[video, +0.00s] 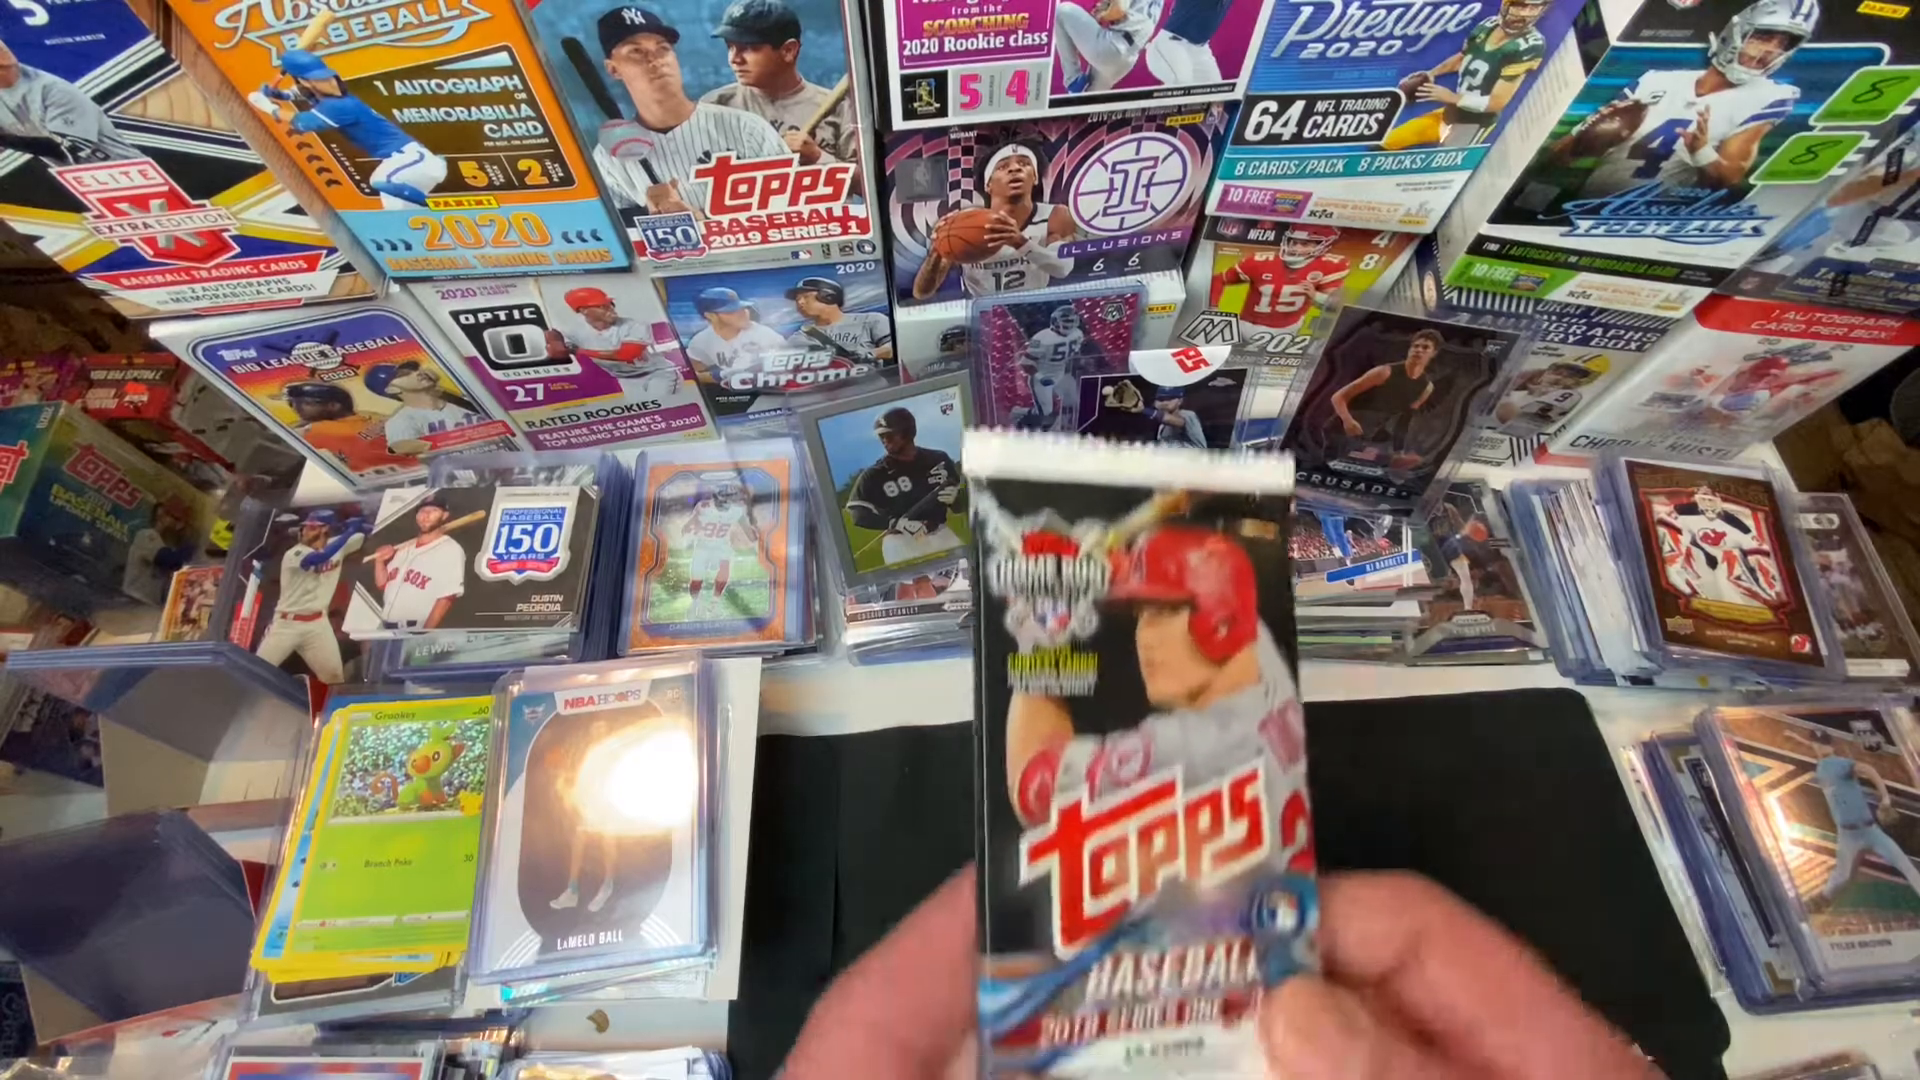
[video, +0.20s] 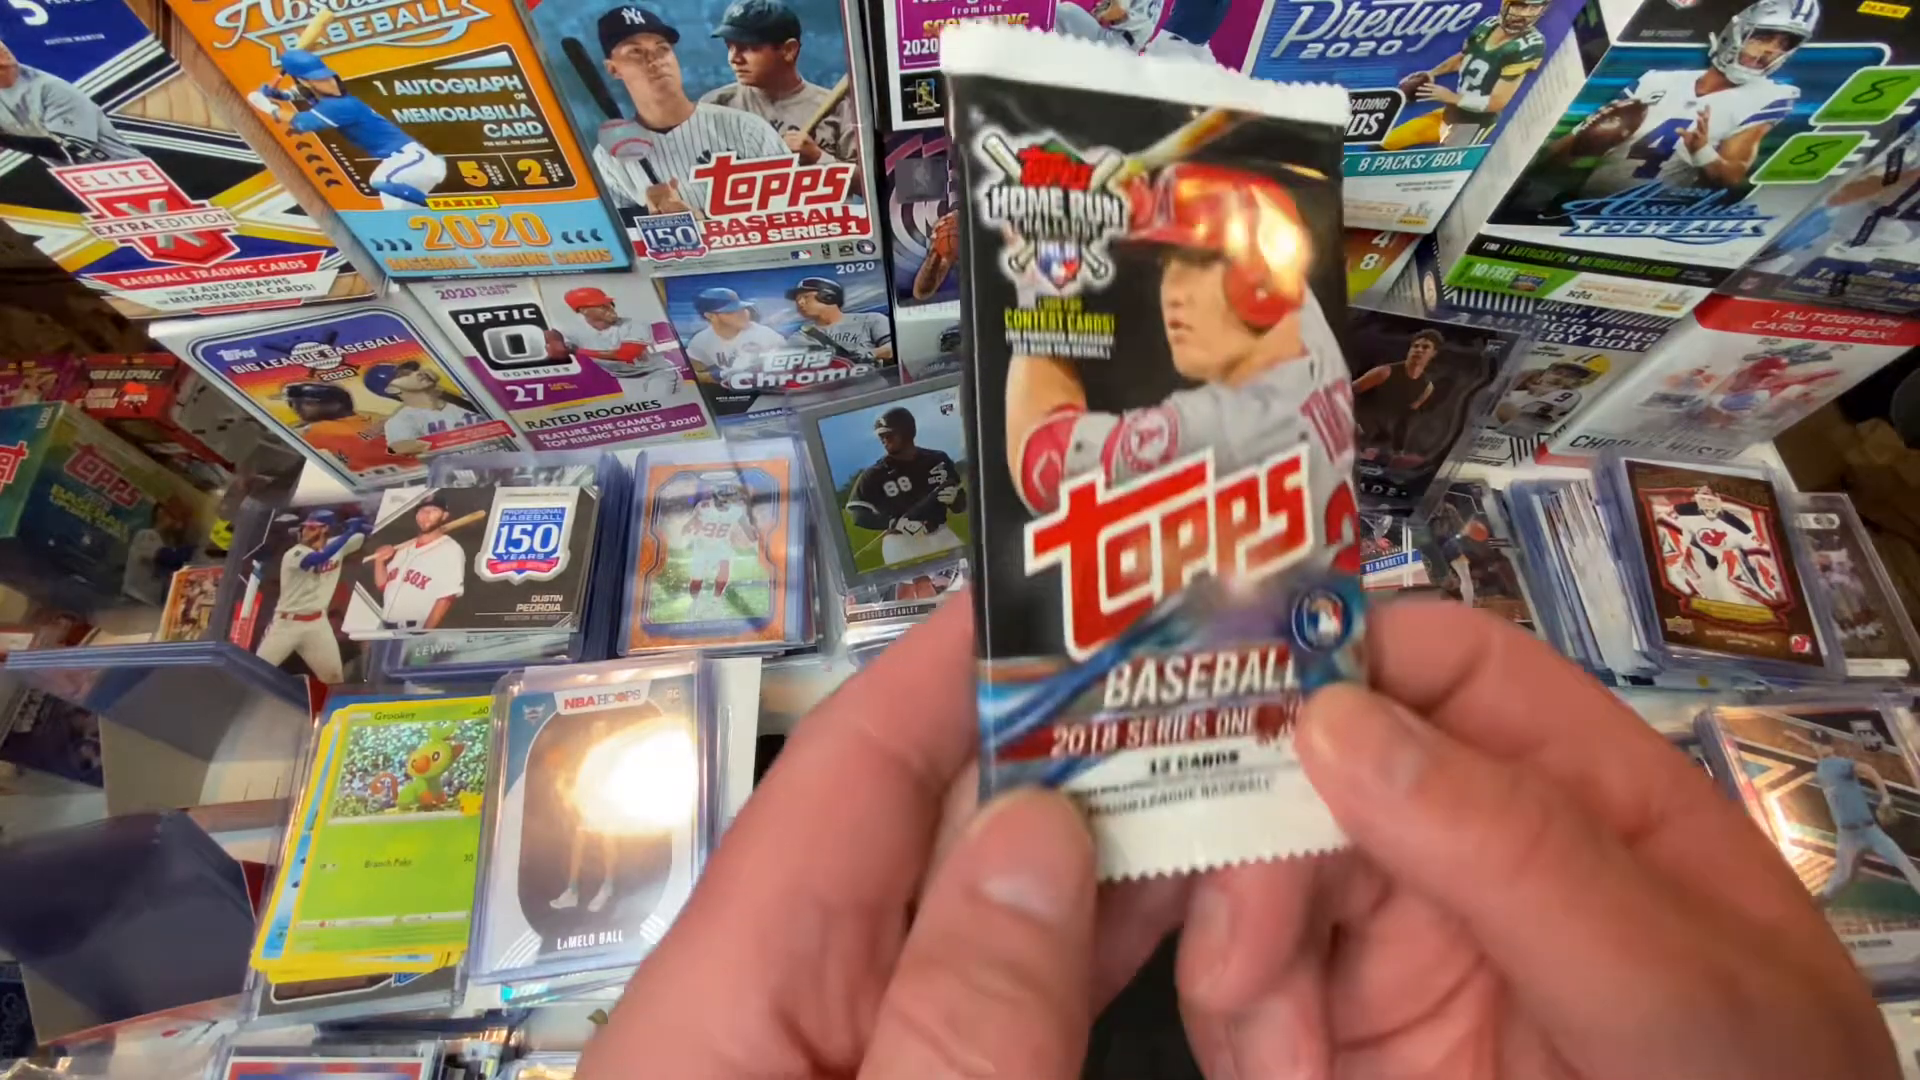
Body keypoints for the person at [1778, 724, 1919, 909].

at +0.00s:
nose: (1821, 748)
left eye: (1823, 744)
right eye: (1818, 745)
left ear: (1829, 744)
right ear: (1816, 748)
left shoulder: (1838, 764)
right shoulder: (1822, 767)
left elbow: (1868, 770)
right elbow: (1812, 745)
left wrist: (1885, 798)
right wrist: (1797, 737)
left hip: (1870, 828)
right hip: (1847, 833)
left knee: (1903, 863)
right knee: (1843, 875)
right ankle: (1824, 897)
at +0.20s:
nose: (1824, 751)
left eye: (1826, 746)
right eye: (1820, 748)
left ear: (1832, 746)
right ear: (1816, 750)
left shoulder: (1841, 764)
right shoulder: (1823, 767)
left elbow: (1868, 770)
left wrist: (1885, 797)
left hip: (1870, 829)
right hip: (1846, 834)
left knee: (1902, 862)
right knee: (1843, 875)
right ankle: (1822, 898)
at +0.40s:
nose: (1823, 751)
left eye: (1826, 746)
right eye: (1819, 748)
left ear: (1831, 746)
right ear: (1815, 750)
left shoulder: (1841, 765)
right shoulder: (1821, 768)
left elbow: (1869, 770)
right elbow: (1799, 781)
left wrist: (1884, 796)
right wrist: (1776, 794)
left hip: (1869, 829)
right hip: (1846, 834)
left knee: (1902, 861)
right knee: (1844, 875)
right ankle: (1818, 898)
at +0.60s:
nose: (1823, 750)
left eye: (1826, 745)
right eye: (1819, 746)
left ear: (1832, 746)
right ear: (1815, 749)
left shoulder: (1840, 766)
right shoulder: (1824, 767)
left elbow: (1855, 792)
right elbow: (1868, 770)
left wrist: (1882, 800)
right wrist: (1884, 795)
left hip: (1869, 829)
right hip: (1846, 833)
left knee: (1902, 862)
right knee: (1842, 875)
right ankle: (1823, 897)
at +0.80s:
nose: (1823, 749)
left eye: (1825, 744)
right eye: (1818, 745)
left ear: (1831, 745)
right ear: (1814, 748)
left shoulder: (1839, 765)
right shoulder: (1824, 768)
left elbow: (1855, 791)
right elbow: (1868, 769)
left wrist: (1883, 798)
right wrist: (1884, 795)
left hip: (1870, 829)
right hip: (1846, 834)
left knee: (1903, 862)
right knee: (1842, 877)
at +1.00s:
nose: (1823, 749)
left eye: (1825, 744)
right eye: (1819, 746)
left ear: (1831, 745)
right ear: (1814, 748)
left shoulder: (1839, 764)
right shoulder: (1823, 767)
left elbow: (1869, 770)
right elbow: (1866, 769)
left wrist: (1884, 797)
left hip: (1871, 829)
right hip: (1847, 835)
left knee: (1904, 863)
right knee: (1842, 876)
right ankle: (1824, 897)